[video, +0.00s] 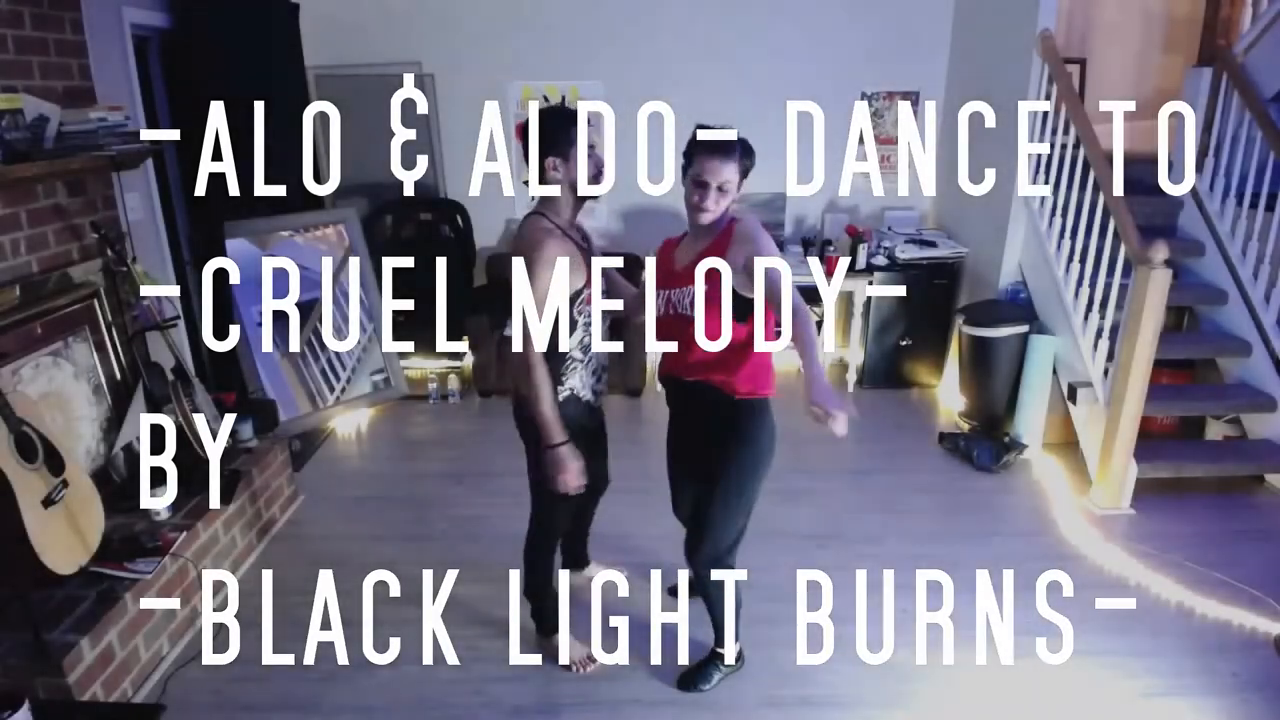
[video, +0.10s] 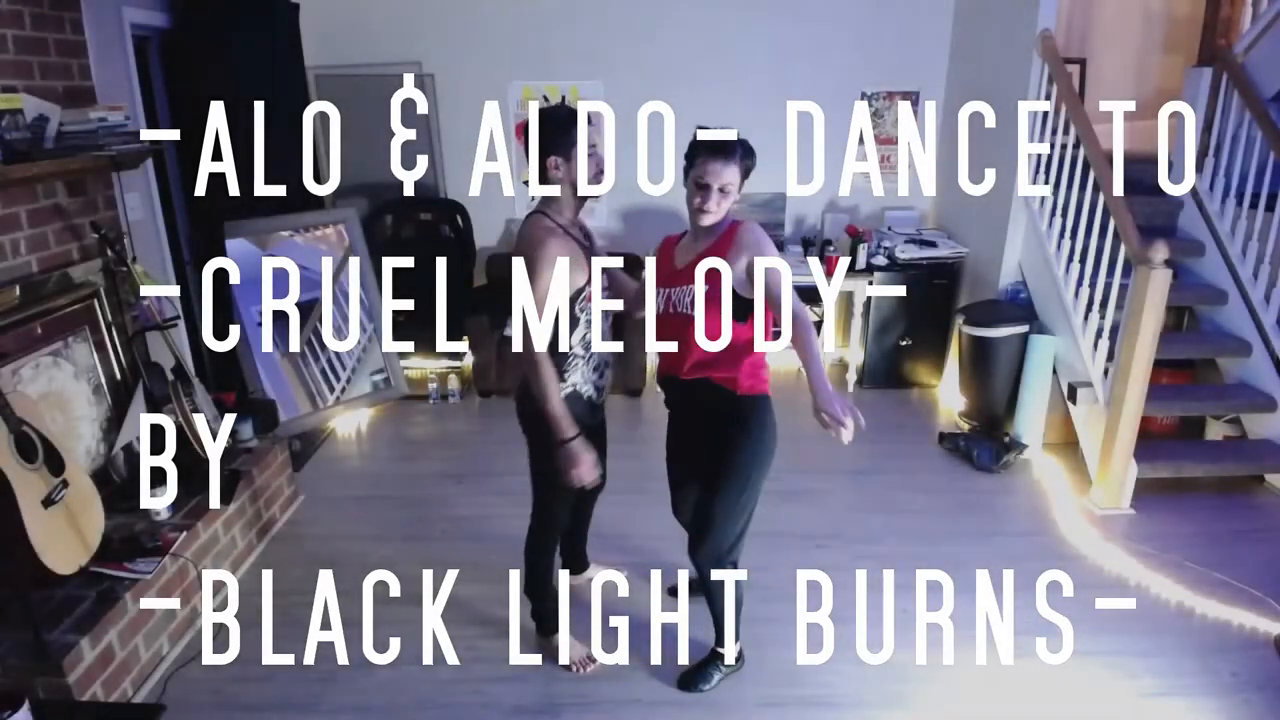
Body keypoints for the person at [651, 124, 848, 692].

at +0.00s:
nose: (704, 196)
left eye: (719, 188)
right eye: (697, 183)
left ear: (737, 191)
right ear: (683, 179)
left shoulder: (746, 239)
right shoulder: (669, 251)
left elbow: (794, 306)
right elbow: (658, 318)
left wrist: (817, 384)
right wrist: (614, 293)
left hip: (740, 418)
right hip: (687, 414)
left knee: (709, 544)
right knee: (690, 517)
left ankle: (725, 649)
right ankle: (718, 582)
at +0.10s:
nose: (706, 198)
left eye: (720, 190)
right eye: (699, 185)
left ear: (737, 195)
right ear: (685, 181)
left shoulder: (747, 240)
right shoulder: (668, 249)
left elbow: (794, 311)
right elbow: (659, 314)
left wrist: (822, 390)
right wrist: (623, 295)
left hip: (741, 417)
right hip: (687, 414)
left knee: (713, 541)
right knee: (689, 513)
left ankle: (726, 648)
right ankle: (717, 576)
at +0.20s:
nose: (708, 201)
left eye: (722, 193)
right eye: (701, 188)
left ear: (740, 195)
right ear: (688, 183)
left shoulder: (749, 246)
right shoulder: (669, 244)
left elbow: (791, 328)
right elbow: (656, 309)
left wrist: (823, 406)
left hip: (739, 410)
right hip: (684, 406)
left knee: (716, 535)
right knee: (684, 510)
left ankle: (726, 647)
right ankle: (721, 576)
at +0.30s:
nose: (708, 201)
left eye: (722, 192)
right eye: (701, 188)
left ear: (741, 193)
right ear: (689, 183)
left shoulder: (751, 249)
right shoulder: (669, 241)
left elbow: (789, 333)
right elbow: (654, 304)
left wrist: (819, 413)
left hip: (738, 405)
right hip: (684, 401)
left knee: (715, 533)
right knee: (680, 506)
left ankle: (726, 647)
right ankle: (722, 575)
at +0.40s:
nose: (709, 201)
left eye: (723, 192)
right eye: (701, 187)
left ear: (741, 192)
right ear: (688, 180)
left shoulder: (753, 252)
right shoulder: (669, 237)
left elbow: (782, 340)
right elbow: (654, 301)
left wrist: (808, 420)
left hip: (733, 401)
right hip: (681, 395)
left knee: (711, 528)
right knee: (675, 502)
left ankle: (724, 646)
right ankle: (721, 570)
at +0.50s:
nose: (707, 201)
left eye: (721, 191)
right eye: (699, 187)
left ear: (739, 192)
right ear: (687, 181)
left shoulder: (751, 251)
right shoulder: (671, 234)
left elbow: (780, 340)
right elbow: (652, 293)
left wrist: (802, 420)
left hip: (732, 397)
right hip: (681, 390)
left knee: (710, 527)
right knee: (673, 500)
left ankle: (723, 646)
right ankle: (718, 570)